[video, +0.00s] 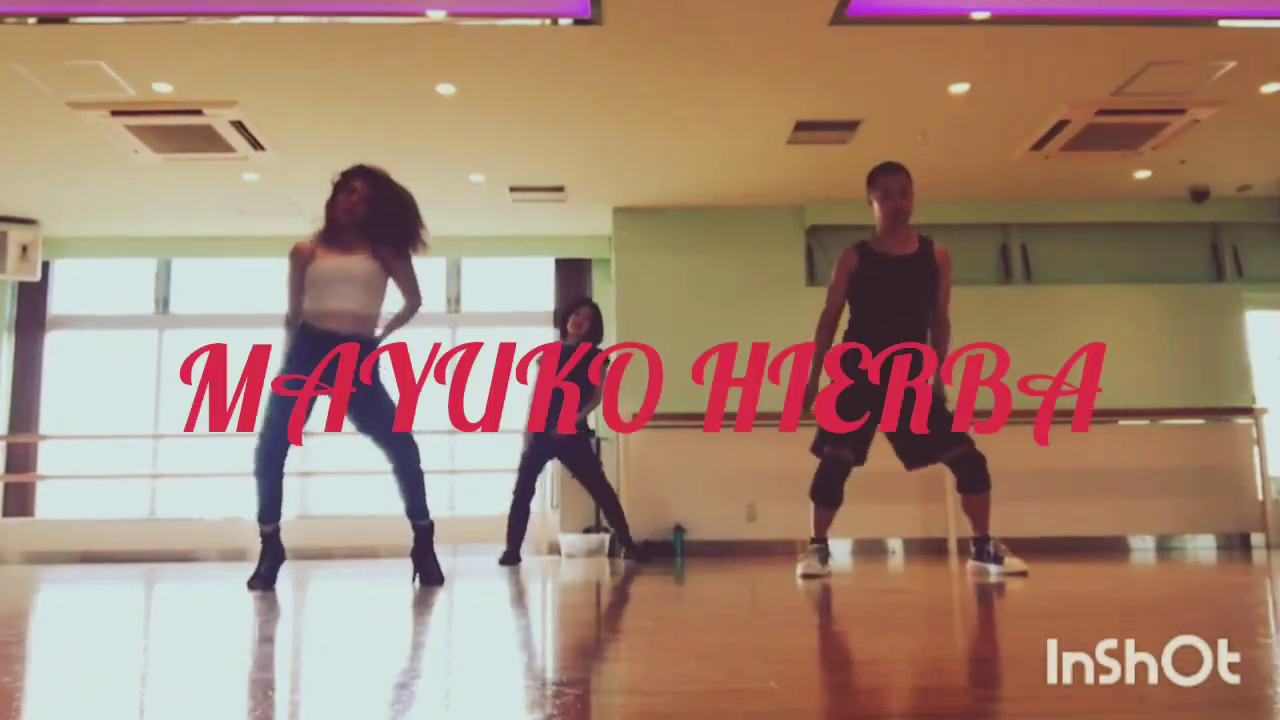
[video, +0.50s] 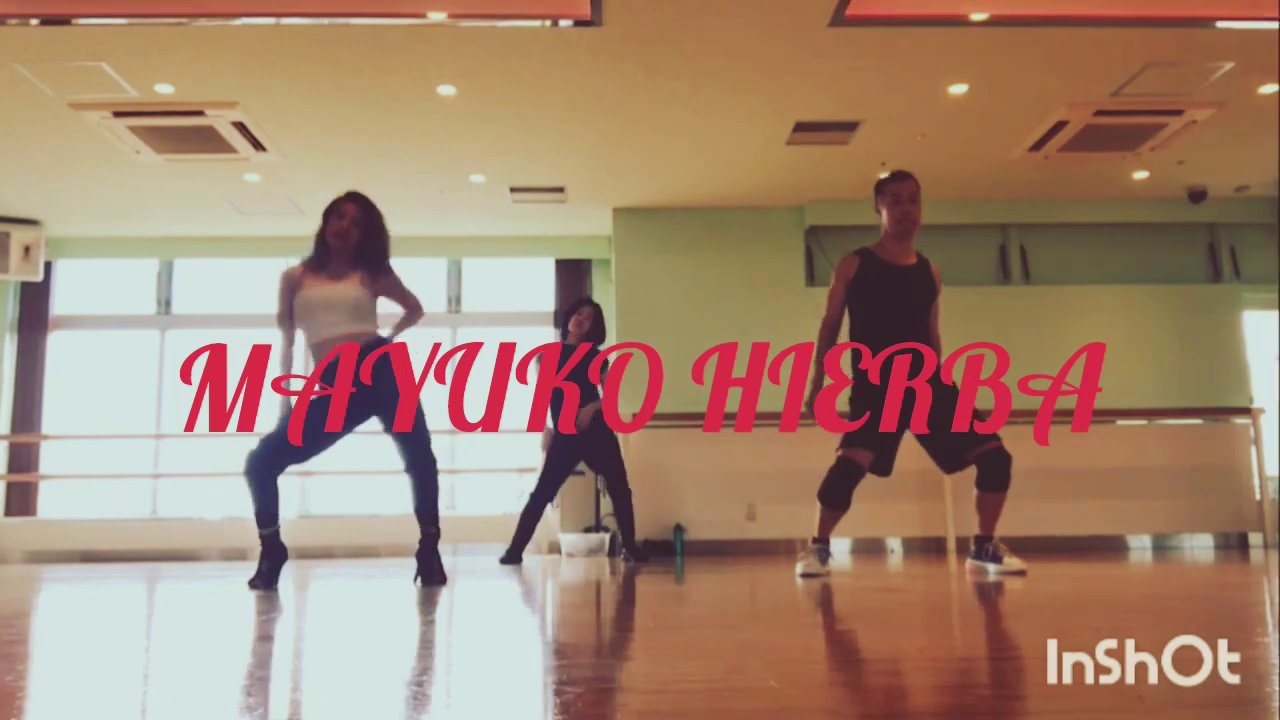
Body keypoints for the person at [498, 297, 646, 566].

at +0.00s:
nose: (578, 321)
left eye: (585, 319)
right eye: (576, 315)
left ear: (593, 327)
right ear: (566, 319)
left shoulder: (595, 356)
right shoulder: (551, 351)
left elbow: (597, 396)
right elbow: (537, 392)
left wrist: (578, 416)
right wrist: (529, 427)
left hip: (572, 436)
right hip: (541, 434)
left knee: (602, 491)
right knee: (522, 491)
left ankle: (627, 544)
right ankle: (512, 550)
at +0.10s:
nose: (577, 332)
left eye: (584, 330)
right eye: (574, 326)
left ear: (591, 337)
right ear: (565, 328)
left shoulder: (595, 365)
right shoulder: (552, 360)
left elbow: (600, 410)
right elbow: (537, 397)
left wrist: (578, 433)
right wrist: (525, 432)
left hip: (577, 442)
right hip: (546, 440)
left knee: (605, 494)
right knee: (523, 494)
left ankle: (627, 546)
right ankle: (512, 551)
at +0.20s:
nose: (578, 334)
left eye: (585, 332)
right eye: (575, 328)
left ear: (591, 341)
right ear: (565, 332)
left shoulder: (595, 371)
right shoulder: (552, 365)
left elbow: (605, 416)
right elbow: (538, 404)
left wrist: (585, 437)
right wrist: (528, 443)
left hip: (586, 446)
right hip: (556, 446)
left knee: (620, 498)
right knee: (529, 499)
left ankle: (630, 548)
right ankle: (513, 552)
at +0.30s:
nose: (581, 331)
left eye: (588, 331)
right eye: (578, 326)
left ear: (593, 340)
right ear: (567, 330)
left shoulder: (594, 368)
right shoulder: (551, 365)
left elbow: (610, 412)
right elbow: (540, 402)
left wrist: (588, 430)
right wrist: (535, 441)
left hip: (595, 443)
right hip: (564, 445)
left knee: (623, 492)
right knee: (538, 500)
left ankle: (630, 547)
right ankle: (514, 552)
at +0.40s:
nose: (582, 327)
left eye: (589, 326)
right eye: (579, 321)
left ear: (594, 336)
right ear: (569, 325)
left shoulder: (594, 362)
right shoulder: (553, 359)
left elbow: (614, 402)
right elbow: (542, 399)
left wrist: (593, 417)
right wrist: (544, 440)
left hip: (599, 439)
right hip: (567, 441)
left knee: (622, 490)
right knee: (543, 498)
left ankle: (631, 546)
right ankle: (515, 551)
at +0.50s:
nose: (581, 319)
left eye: (588, 318)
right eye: (578, 314)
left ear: (594, 327)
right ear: (569, 318)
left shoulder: (597, 356)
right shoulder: (552, 353)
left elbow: (615, 393)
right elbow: (544, 393)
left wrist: (592, 408)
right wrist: (547, 428)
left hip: (597, 434)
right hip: (565, 435)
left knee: (620, 489)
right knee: (541, 494)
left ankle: (630, 546)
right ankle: (515, 551)